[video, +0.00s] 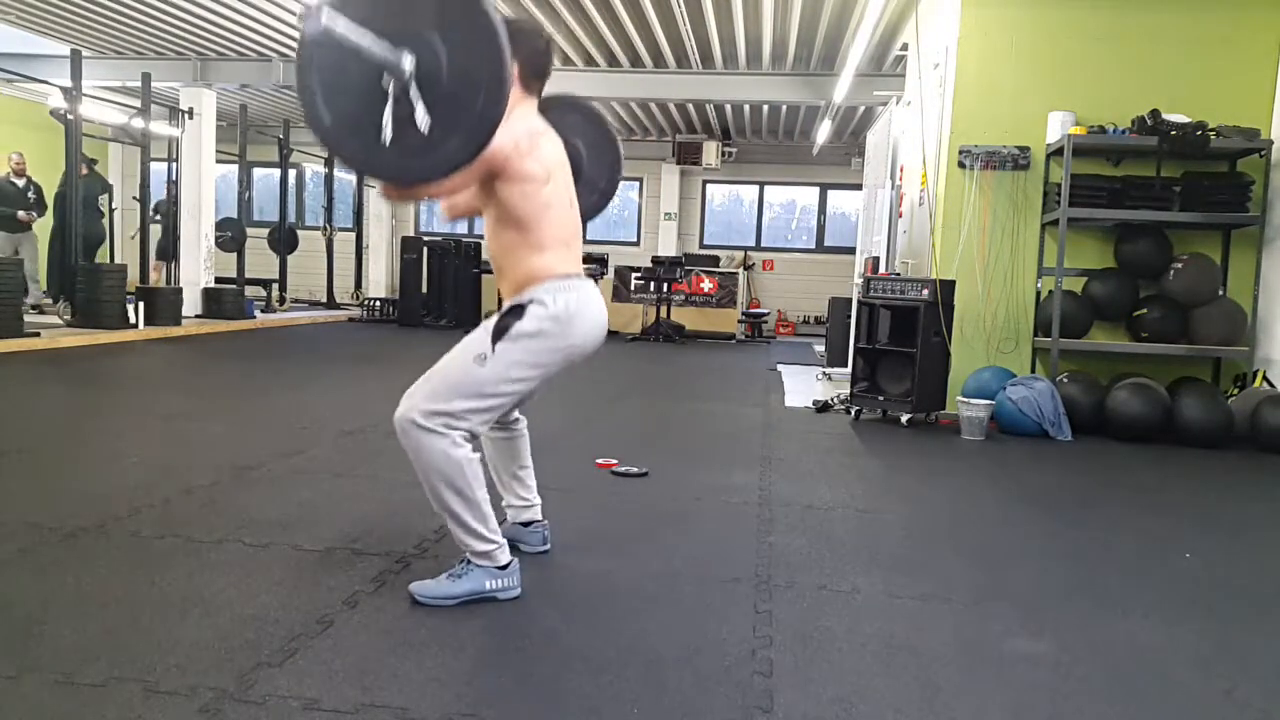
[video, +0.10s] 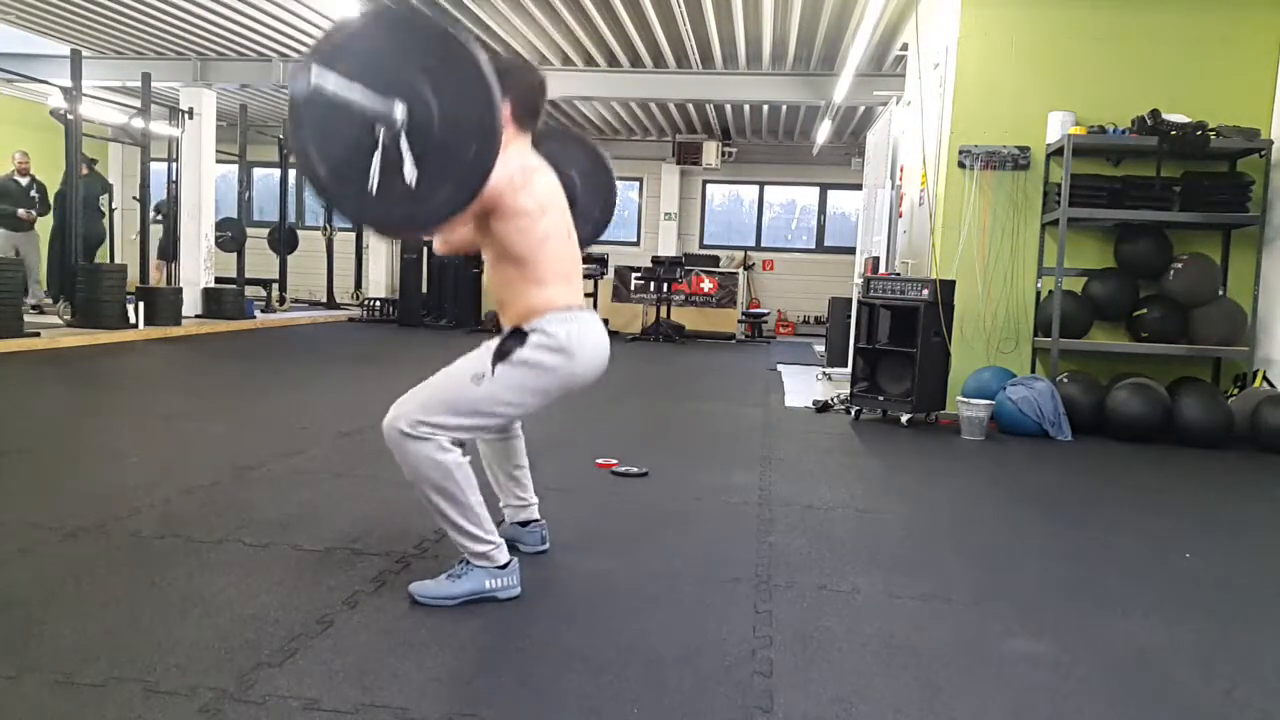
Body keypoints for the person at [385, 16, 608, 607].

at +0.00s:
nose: (477, 74)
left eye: (486, 64)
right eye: (480, 63)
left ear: (508, 70)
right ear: (532, 75)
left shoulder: (508, 131)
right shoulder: (543, 136)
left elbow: (416, 187)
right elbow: (457, 205)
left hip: (546, 309)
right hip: (577, 304)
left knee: (424, 416)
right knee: (495, 408)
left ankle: (488, 564)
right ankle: (526, 521)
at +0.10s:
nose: (471, 113)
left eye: (480, 102)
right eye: (475, 102)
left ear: (504, 110)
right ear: (525, 114)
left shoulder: (498, 171)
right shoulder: (540, 170)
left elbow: (439, 237)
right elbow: (457, 241)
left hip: (545, 342)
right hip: (580, 334)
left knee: (410, 424)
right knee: (484, 403)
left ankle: (488, 563)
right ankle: (525, 522)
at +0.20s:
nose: (467, 150)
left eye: (476, 139)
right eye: (471, 138)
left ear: (498, 148)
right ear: (520, 151)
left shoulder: (494, 208)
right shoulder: (536, 205)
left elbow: (435, 270)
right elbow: (448, 278)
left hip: (549, 372)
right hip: (585, 366)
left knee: (404, 430)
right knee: (471, 403)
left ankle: (487, 564)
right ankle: (523, 523)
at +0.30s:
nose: (456, 181)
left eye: (466, 171)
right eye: (459, 169)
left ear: (491, 182)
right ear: (503, 184)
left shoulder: (490, 241)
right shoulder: (531, 236)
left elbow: (427, 298)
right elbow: (444, 311)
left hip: (550, 404)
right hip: (585, 392)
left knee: (401, 433)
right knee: (461, 405)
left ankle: (488, 565)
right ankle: (522, 522)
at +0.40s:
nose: (452, 205)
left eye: (461, 195)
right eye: (454, 194)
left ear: (487, 208)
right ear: (495, 211)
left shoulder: (489, 265)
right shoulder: (528, 258)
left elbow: (425, 326)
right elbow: (473, 328)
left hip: (552, 424)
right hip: (584, 411)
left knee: (400, 434)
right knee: (462, 399)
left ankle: (489, 565)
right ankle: (522, 523)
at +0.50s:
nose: (447, 210)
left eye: (456, 199)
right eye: (449, 198)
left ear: (484, 214)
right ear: (493, 215)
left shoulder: (485, 270)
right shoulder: (527, 262)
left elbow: (423, 326)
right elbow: (476, 331)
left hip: (553, 424)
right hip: (585, 410)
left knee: (401, 433)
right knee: (464, 398)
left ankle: (490, 565)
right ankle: (522, 523)